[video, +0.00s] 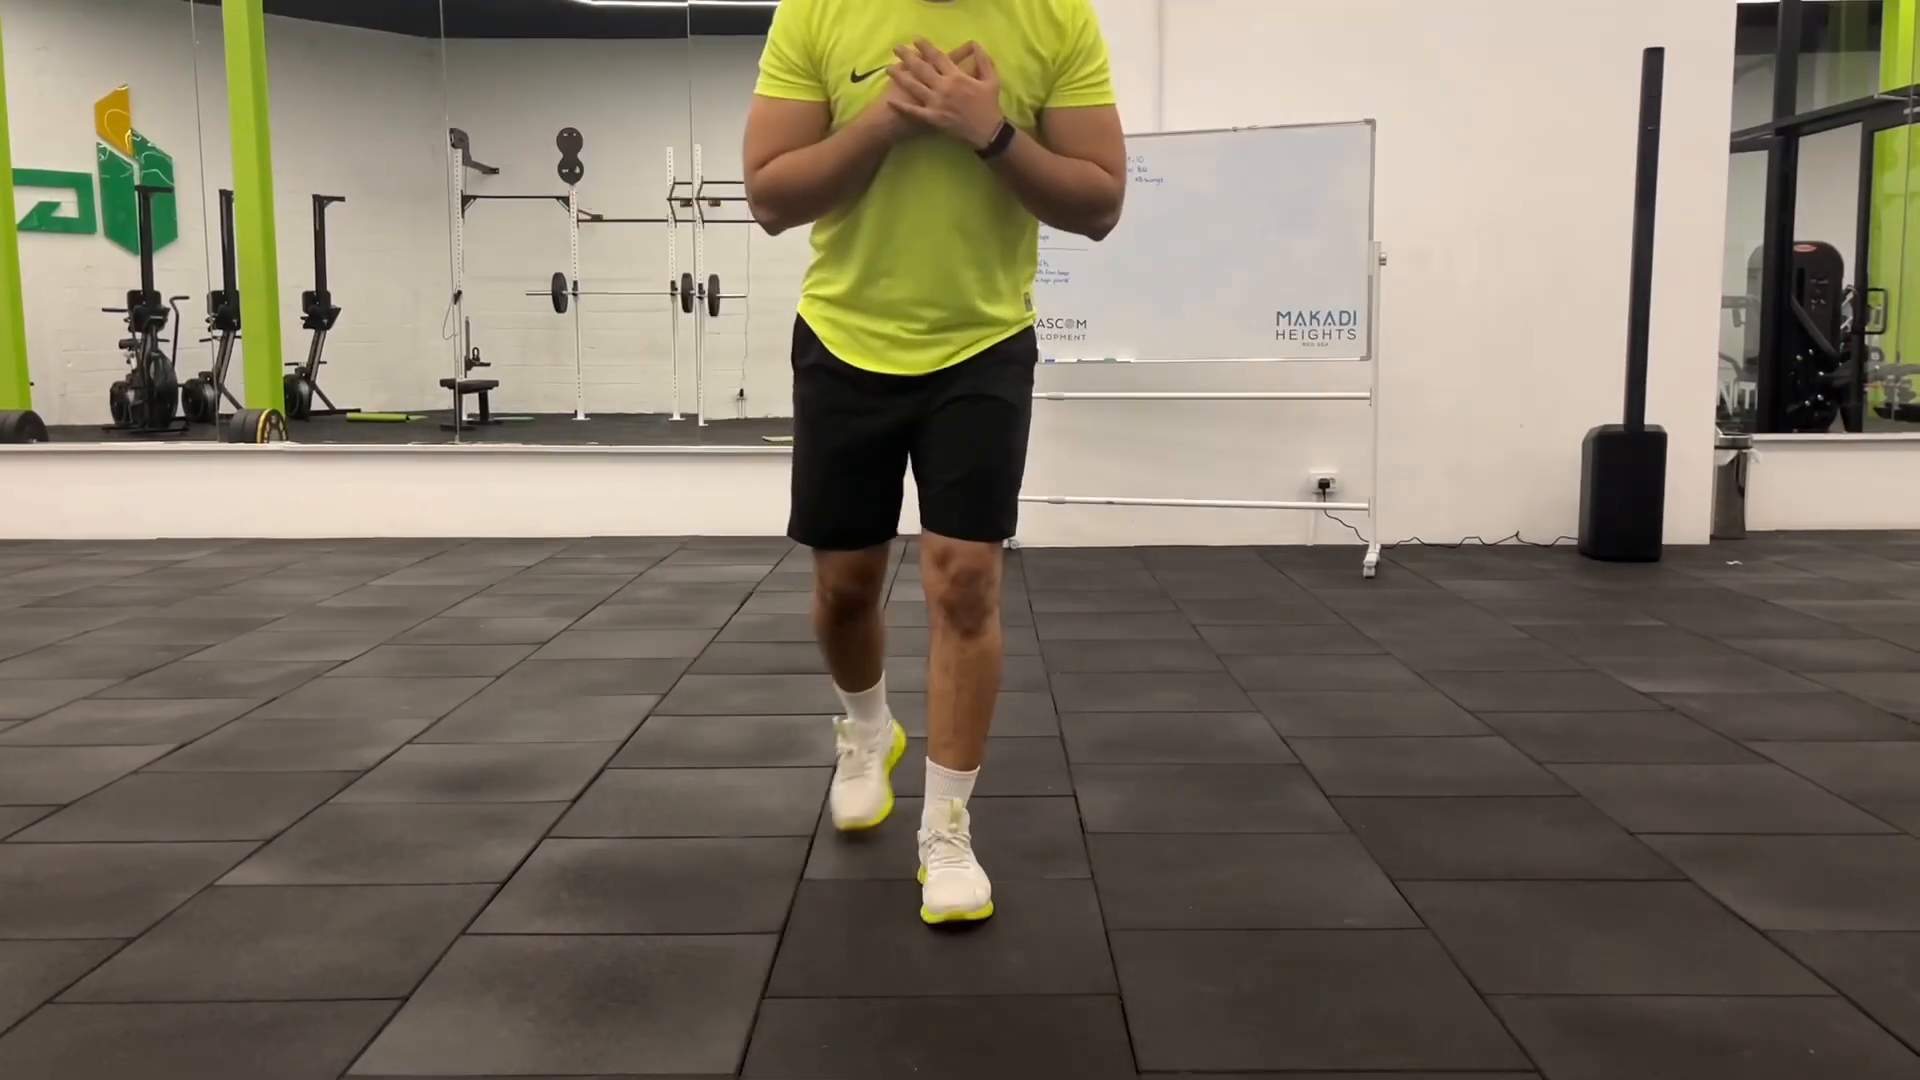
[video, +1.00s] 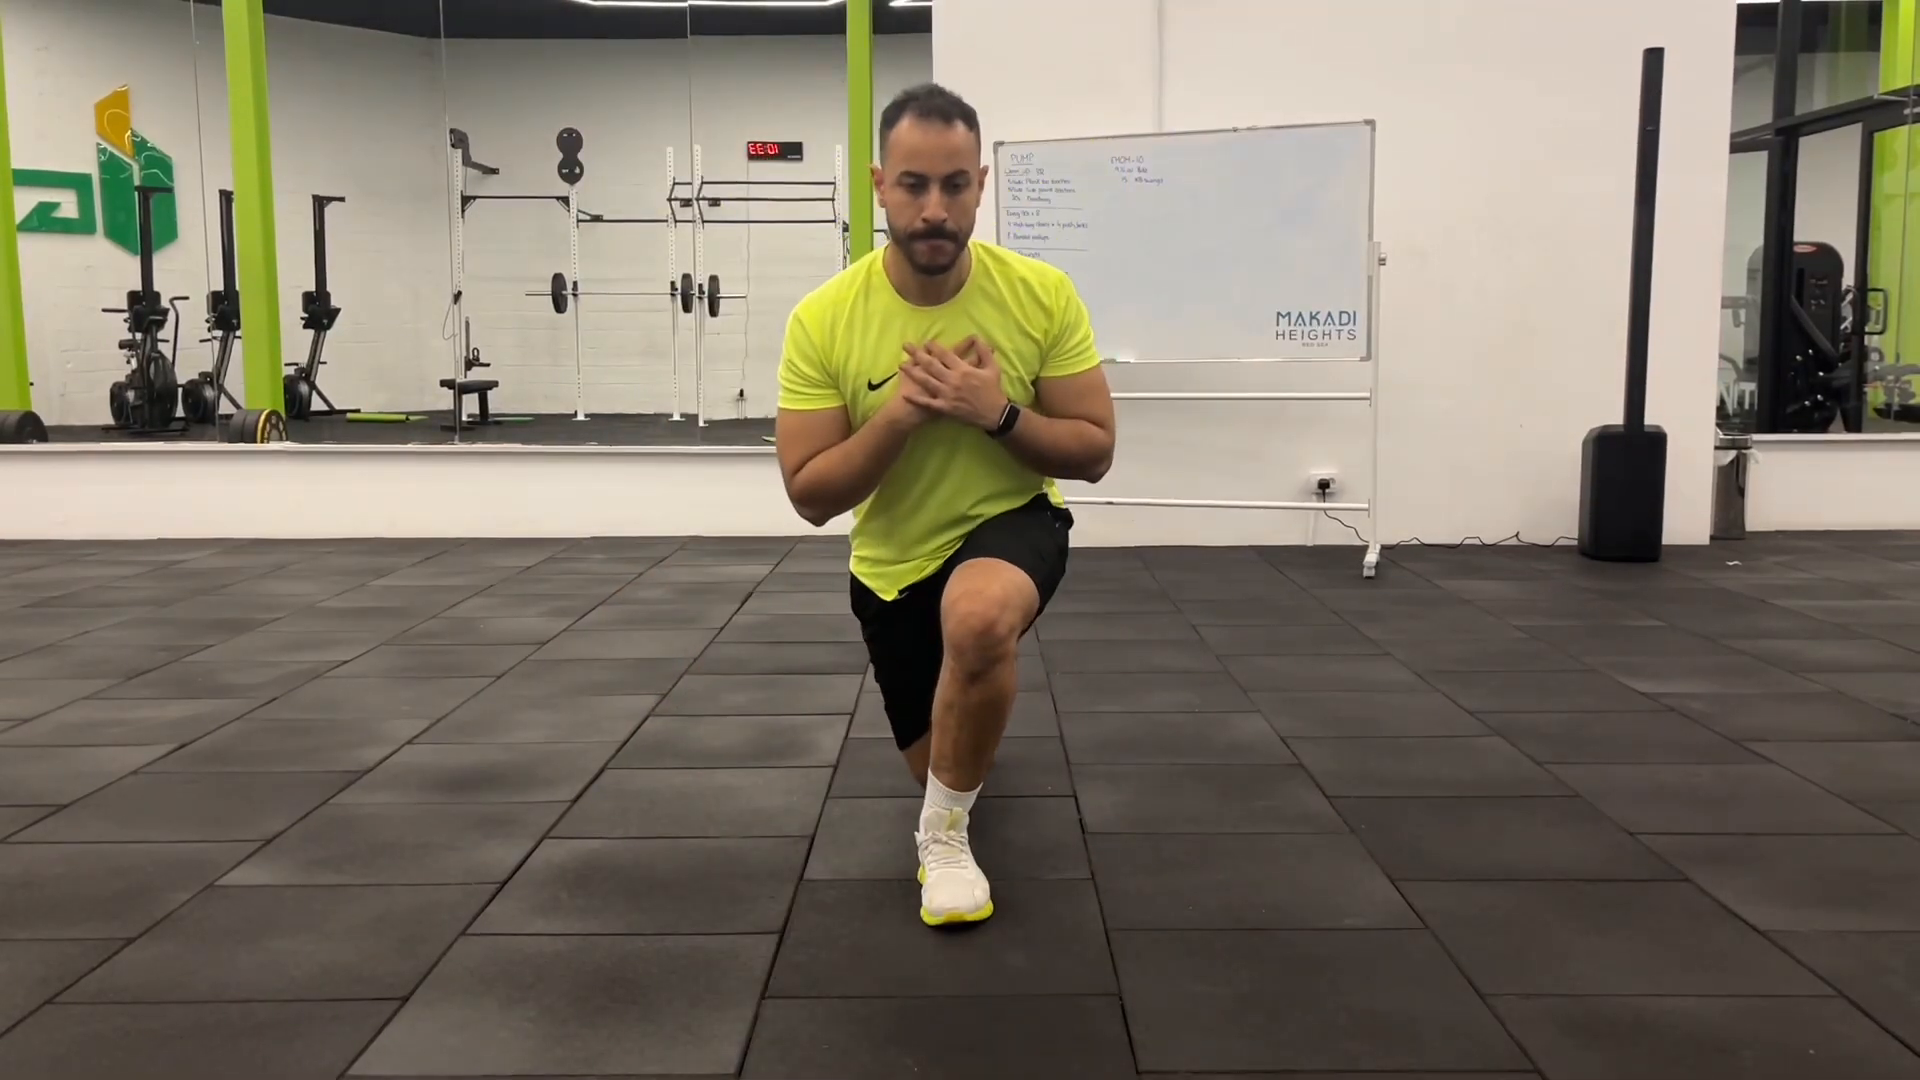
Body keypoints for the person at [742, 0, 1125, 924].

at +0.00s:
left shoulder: (1055, 16)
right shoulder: (816, 11)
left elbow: (1098, 202)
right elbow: (771, 196)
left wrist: (995, 132)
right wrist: (886, 117)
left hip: (983, 335)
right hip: (846, 333)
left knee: (966, 582)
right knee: (844, 586)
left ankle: (947, 829)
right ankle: (866, 730)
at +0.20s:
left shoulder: (1058, 66)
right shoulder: (819, 65)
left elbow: (1101, 245)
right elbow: (778, 257)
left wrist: (1014, 189)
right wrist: (909, 174)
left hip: (991, 357)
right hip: (860, 365)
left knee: (974, 601)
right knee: (896, 601)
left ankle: (946, 829)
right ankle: (925, 676)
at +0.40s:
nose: (939, 39)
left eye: (961, 15)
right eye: (915, 14)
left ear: (986, 22)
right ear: (874, 21)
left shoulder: (1046, 136)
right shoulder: (812, 157)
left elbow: (1098, 300)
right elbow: (792, 345)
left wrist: (1009, 263)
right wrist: (910, 255)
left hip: (1006, 398)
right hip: (882, 421)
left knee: (970, 614)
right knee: (925, 642)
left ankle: (944, 826)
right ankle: (968, 685)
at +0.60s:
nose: (916, 143)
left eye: (937, 116)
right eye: (892, 117)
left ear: (966, 111)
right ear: (859, 115)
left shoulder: (1037, 221)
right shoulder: (810, 254)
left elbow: (1097, 377)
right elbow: (805, 432)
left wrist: (996, 348)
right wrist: (892, 352)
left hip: (1014, 455)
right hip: (894, 489)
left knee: (966, 622)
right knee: (938, 671)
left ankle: (945, 832)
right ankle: (968, 747)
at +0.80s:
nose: (922, 193)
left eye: (942, 167)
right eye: (899, 168)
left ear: (970, 164)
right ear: (867, 169)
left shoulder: (1038, 272)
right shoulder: (817, 305)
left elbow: (1095, 427)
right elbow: (807, 480)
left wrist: (993, 394)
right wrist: (898, 395)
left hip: (1016, 495)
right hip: (897, 531)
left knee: (970, 623)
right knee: (931, 728)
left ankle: (944, 827)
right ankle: (963, 755)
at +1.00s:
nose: (935, 211)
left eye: (956, 185)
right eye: (914, 186)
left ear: (980, 185)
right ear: (880, 187)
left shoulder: (1041, 295)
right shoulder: (823, 322)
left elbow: (1093, 450)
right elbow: (811, 496)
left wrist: (1002, 415)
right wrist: (902, 410)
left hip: (1012, 512)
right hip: (894, 548)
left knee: (979, 620)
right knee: (925, 762)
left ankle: (945, 830)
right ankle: (963, 744)